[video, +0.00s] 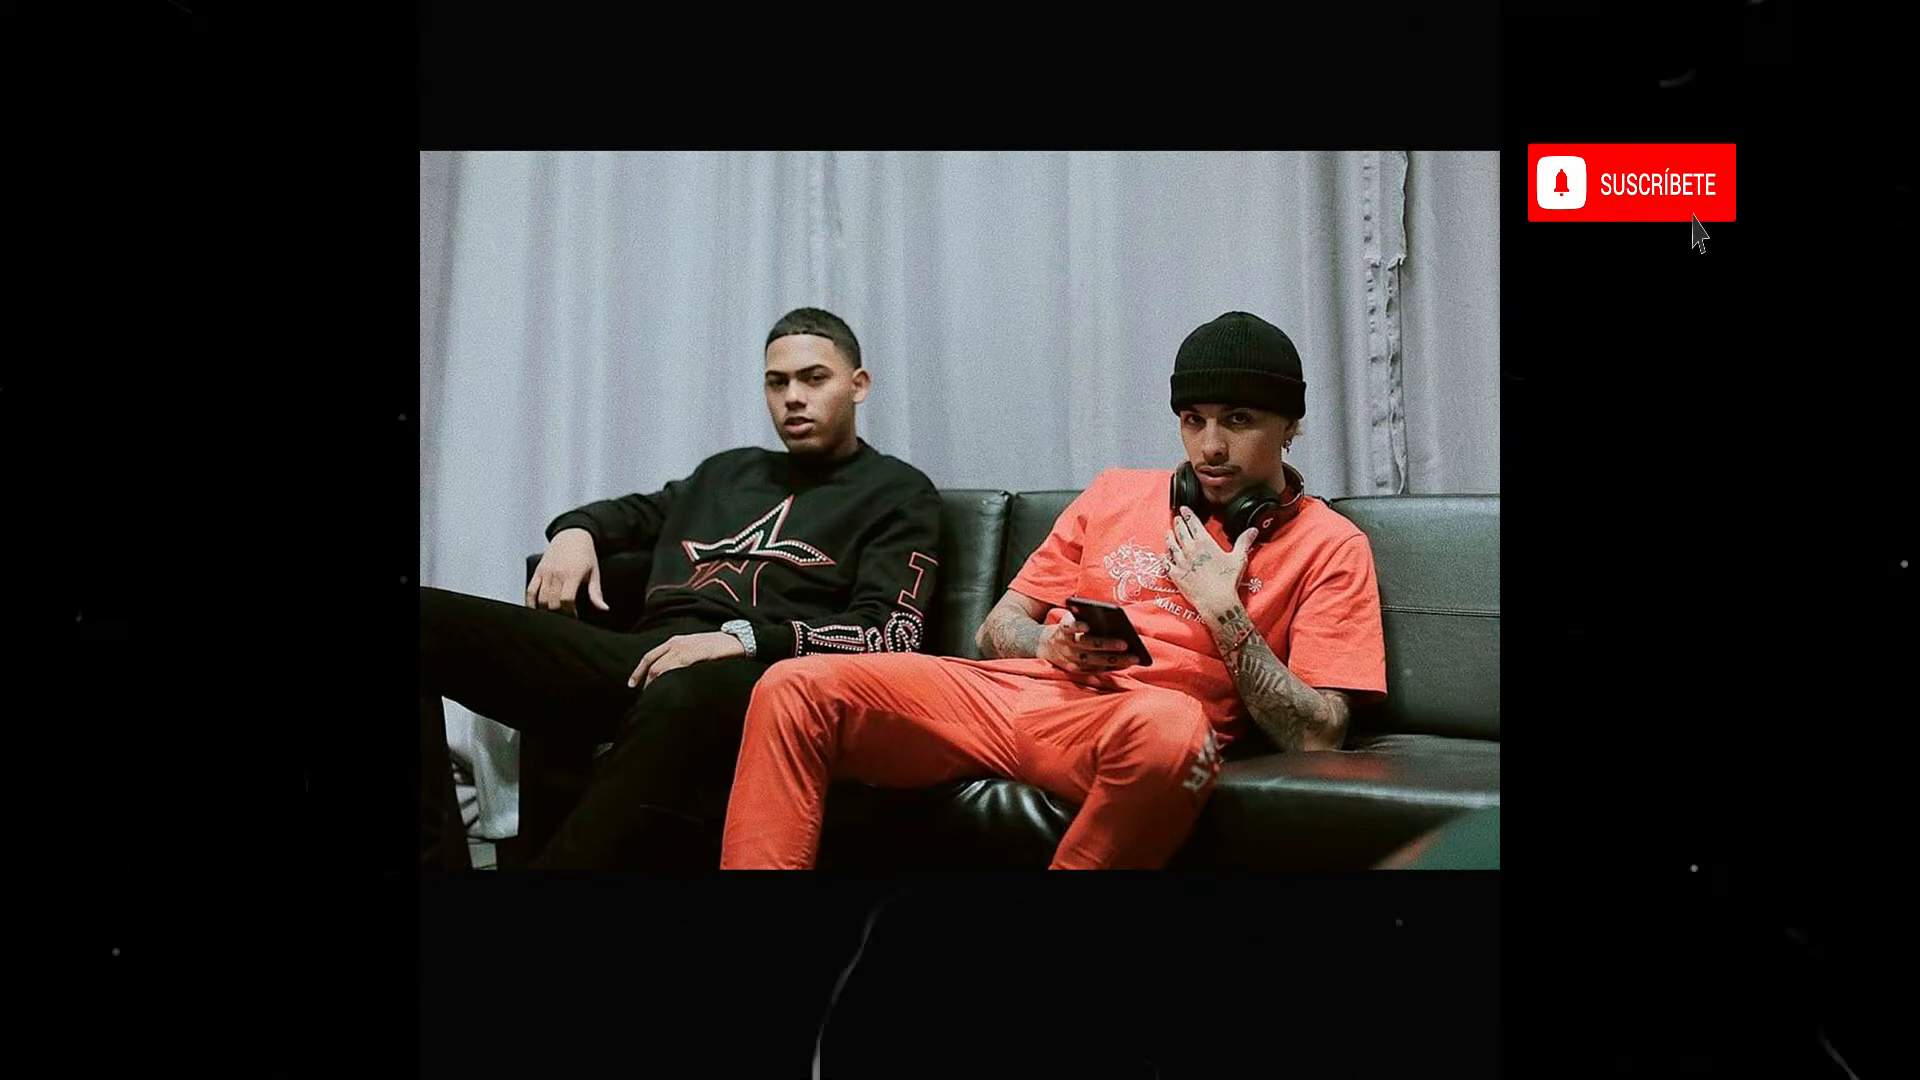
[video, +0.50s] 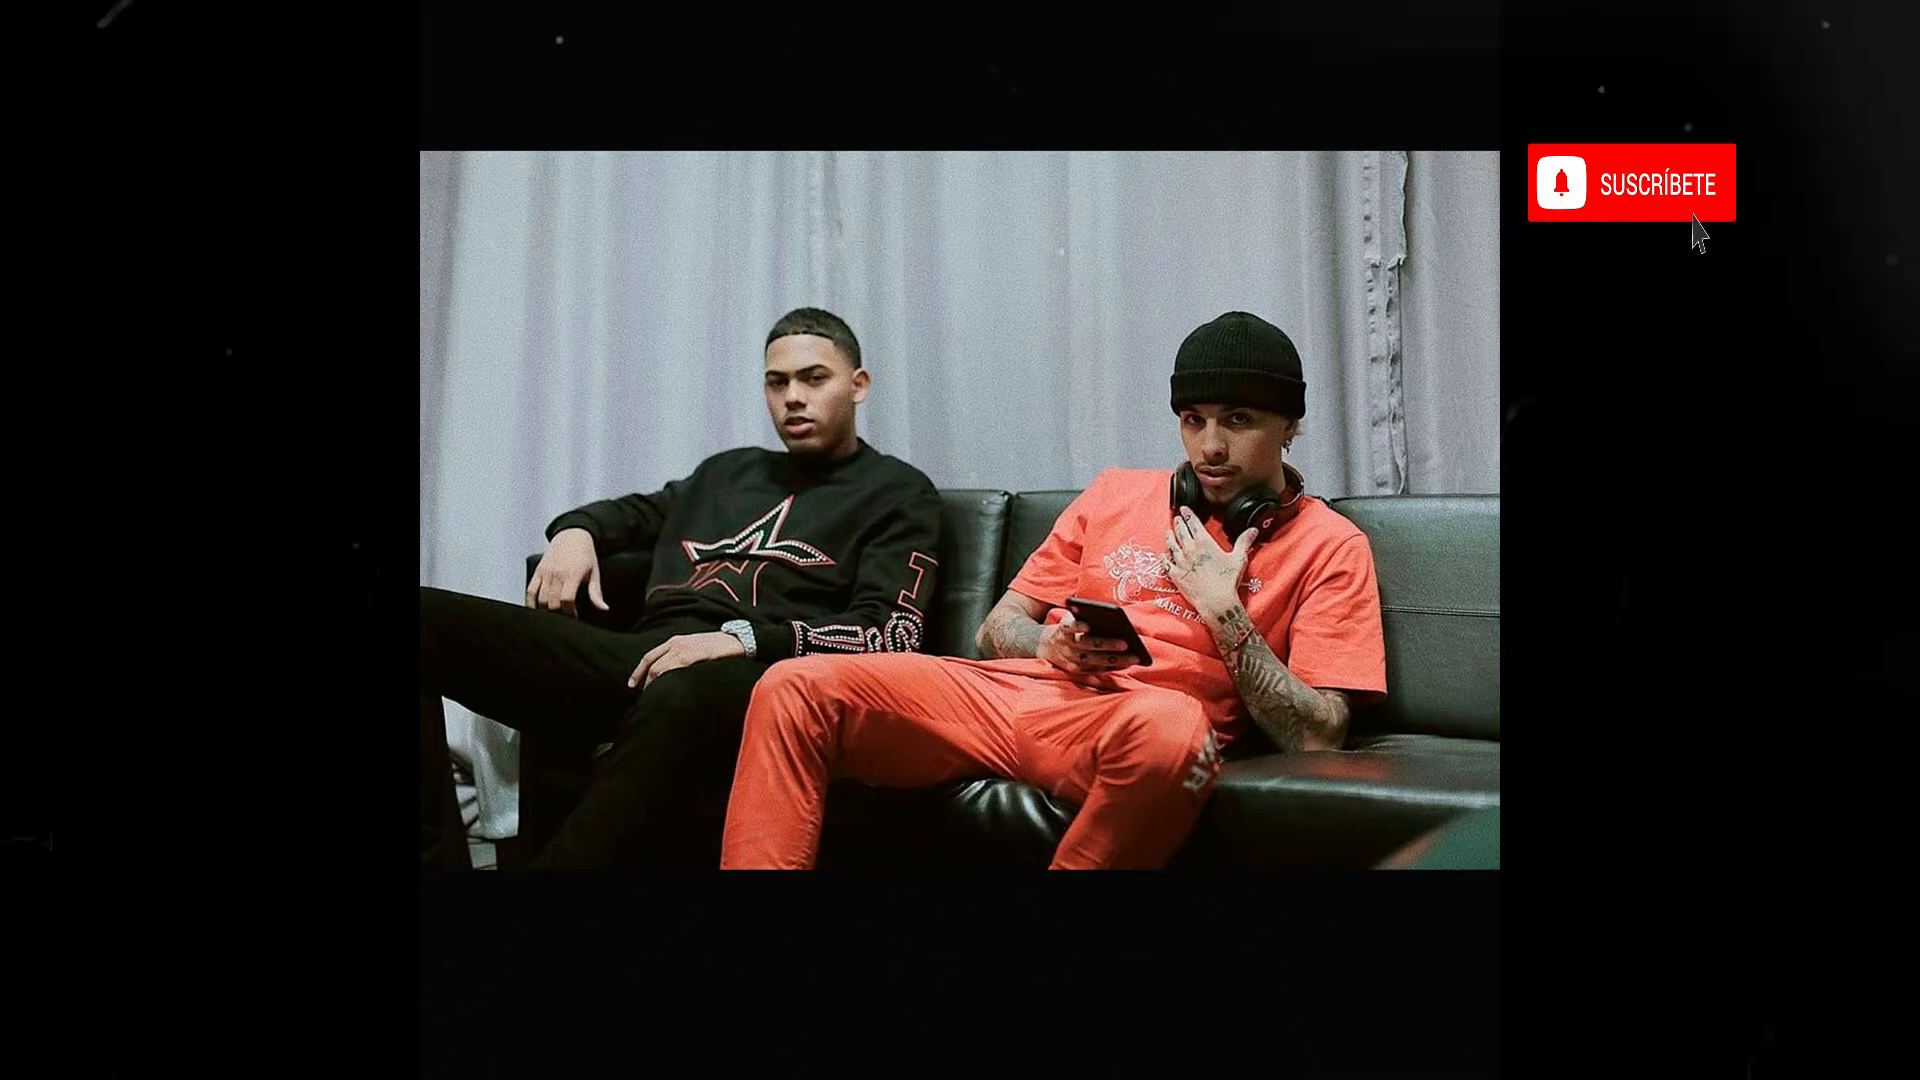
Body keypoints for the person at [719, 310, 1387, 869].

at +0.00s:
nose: (1210, 445)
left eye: (1238, 421)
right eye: (1196, 419)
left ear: (1289, 429)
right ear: (1179, 422)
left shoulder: (1328, 546)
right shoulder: (1118, 493)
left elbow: (1318, 734)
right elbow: (999, 626)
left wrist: (1226, 614)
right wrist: (1050, 646)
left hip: (1132, 708)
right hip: (1013, 685)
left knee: (1170, 747)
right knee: (792, 693)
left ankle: (1047, 951)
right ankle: (756, 951)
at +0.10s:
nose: (1210, 445)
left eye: (1237, 421)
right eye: (1196, 419)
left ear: (1289, 429)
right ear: (1179, 422)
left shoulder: (1328, 546)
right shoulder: (1117, 493)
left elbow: (1318, 734)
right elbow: (999, 626)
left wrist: (1227, 615)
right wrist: (1051, 647)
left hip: (1132, 708)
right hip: (1013, 685)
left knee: (1170, 745)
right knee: (791, 694)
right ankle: (759, 902)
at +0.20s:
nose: (1210, 445)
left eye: (1238, 421)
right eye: (1196, 419)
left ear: (1289, 429)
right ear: (1179, 422)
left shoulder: (1328, 546)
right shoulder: (1118, 493)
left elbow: (1319, 734)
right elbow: (999, 626)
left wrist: (1227, 614)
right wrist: (1050, 647)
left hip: (1132, 708)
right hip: (1014, 685)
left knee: (1170, 747)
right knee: (792, 693)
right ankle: (756, 915)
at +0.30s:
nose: (1211, 445)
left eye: (1238, 421)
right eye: (1196, 419)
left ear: (1289, 429)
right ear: (1179, 422)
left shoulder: (1328, 545)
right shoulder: (1118, 492)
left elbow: (1318, 735)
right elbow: (999, 626)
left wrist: (1226, 614)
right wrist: (1051, 647)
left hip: (1130, 708)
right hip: (1013, 685)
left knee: (1170, 746)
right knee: (791, 694)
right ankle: (758, 931)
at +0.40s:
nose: (1210, 445)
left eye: (1238, 421)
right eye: (1196, 419)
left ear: (1289, 429)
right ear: (1179, 422)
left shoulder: (1328, 546)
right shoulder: (1118, 493)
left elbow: (1318, 734)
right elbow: (999, 627)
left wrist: (1226, 614)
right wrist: (1050, 647)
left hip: (1132, 708)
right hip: (1013, 685)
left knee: (1170, 747)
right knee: (792, 693)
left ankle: (1048, 954)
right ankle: (757, 943)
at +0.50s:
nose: (1210, 445)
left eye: (1238, 421)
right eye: (1196, 419)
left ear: (1289, 429)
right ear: (1179, 422)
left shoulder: (1328, 546)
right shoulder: (1118, 492)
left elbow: (1318, 734)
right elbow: (999, 626)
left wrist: (1226, 614)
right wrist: (1050, 647)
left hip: (1132, 708)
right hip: (1014, 685)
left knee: (1170, 746)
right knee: (792, 693)